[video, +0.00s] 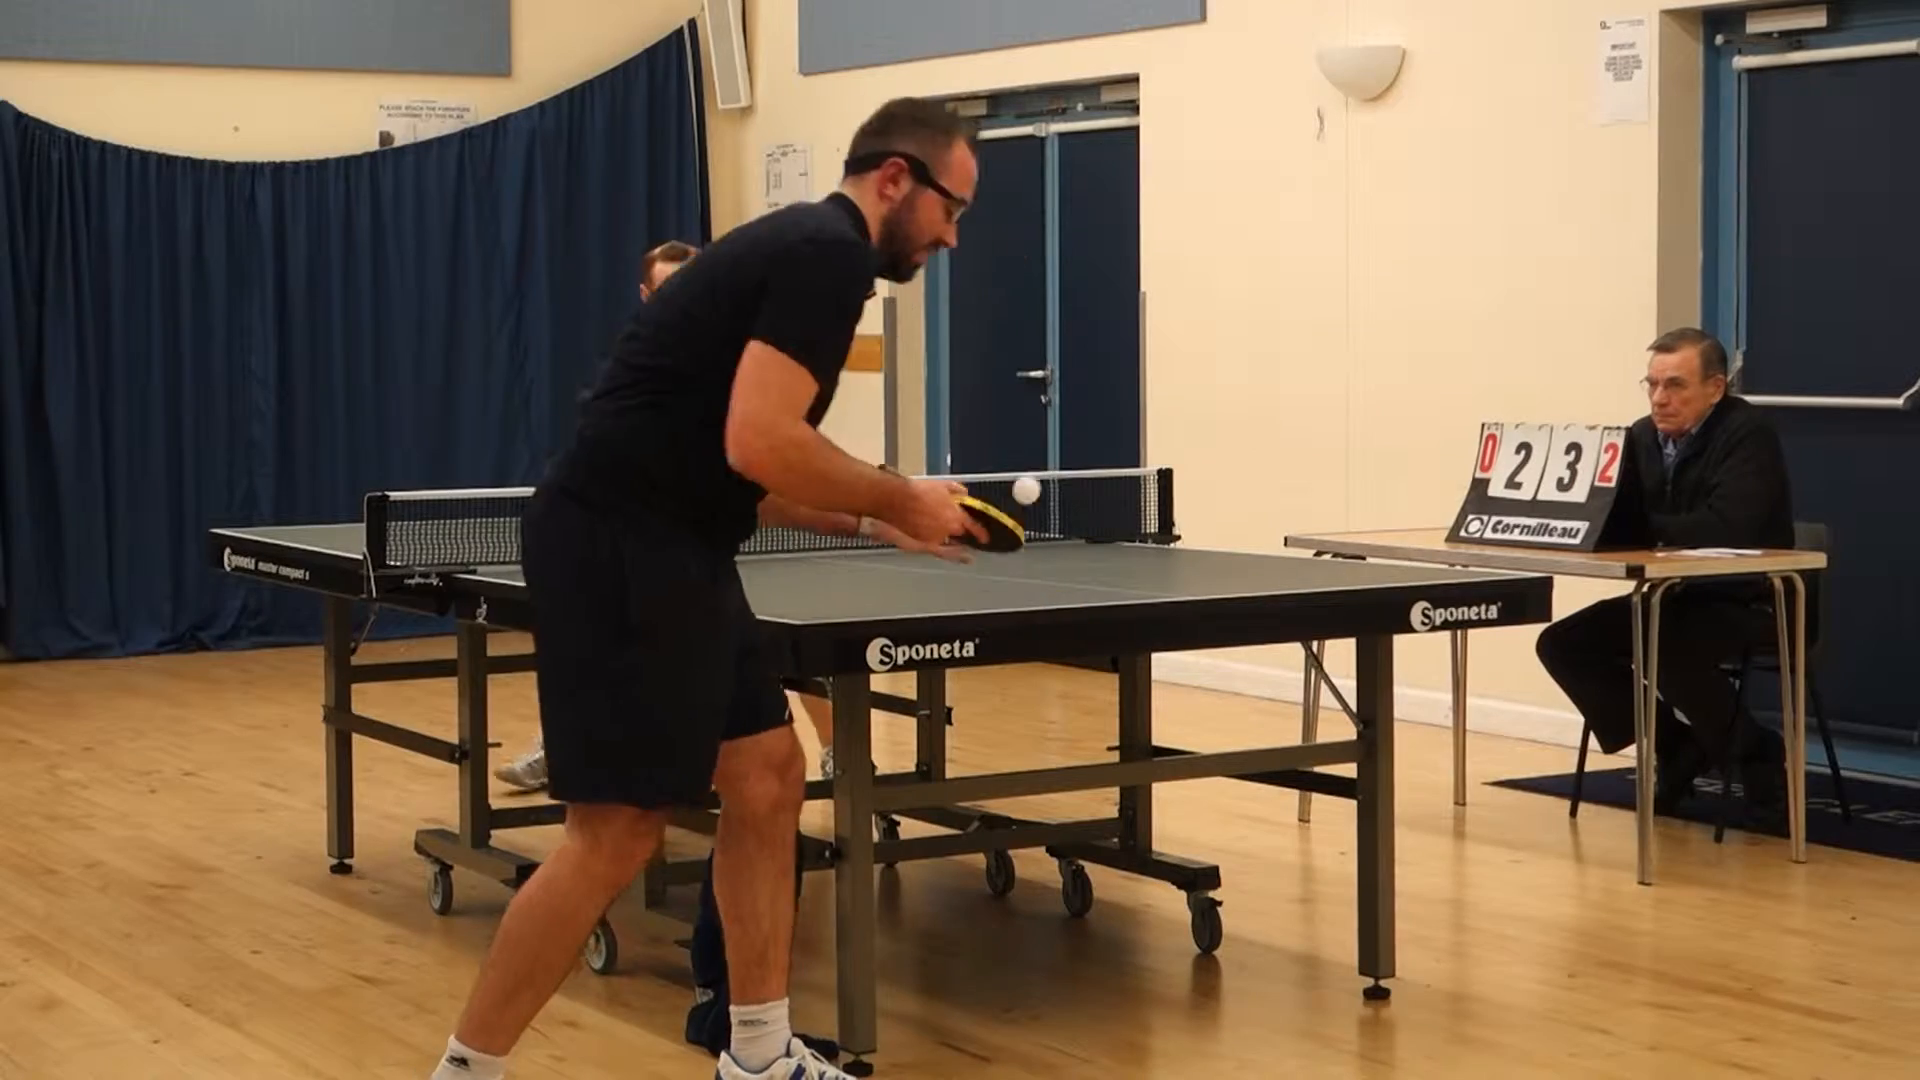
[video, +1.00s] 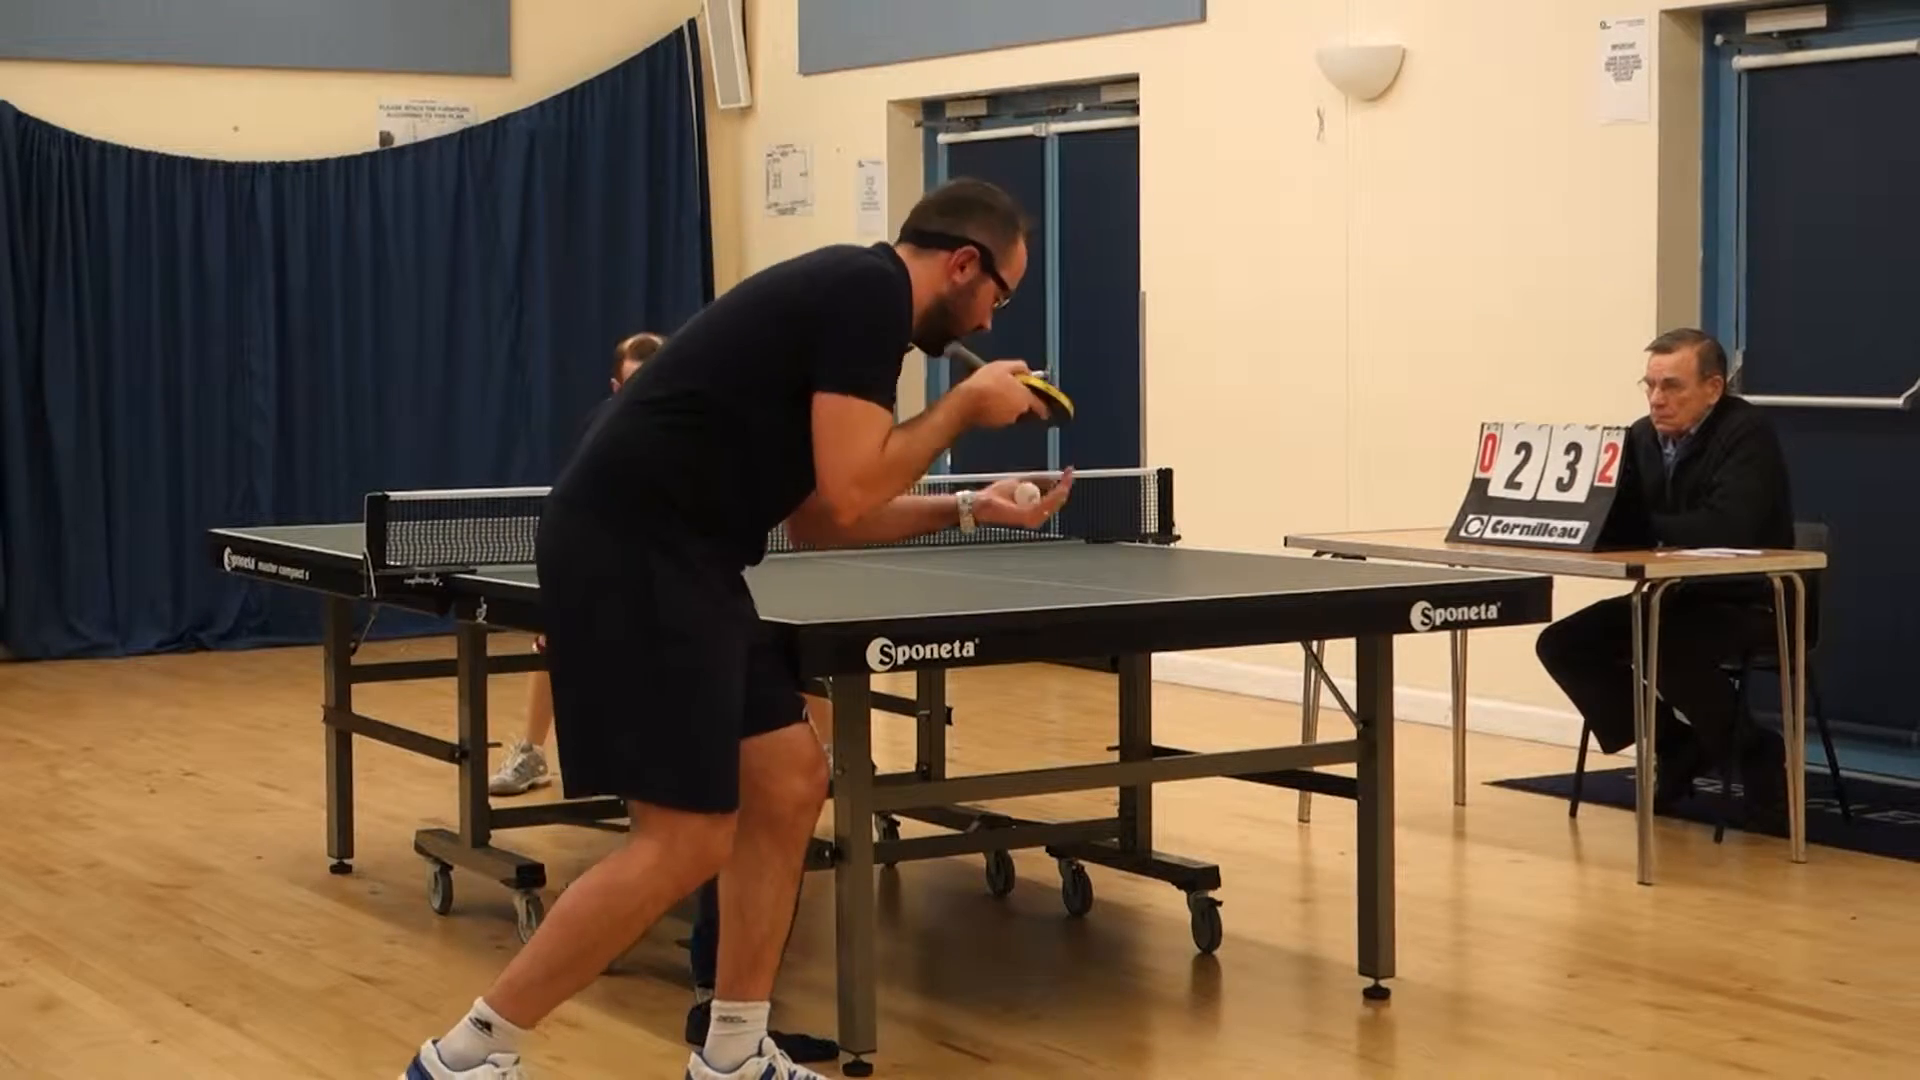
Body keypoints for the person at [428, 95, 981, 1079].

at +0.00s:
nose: (953, 233)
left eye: (961, 211)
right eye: (952, 204)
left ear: (886, 183)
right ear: (891, 180)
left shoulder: (813, 249)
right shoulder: (825, 249)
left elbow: (757, 467)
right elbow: (760, 440)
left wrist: (885, 511)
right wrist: (902, 497)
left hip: (676, 544)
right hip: (612, 539)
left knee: (767, 770)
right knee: (617, 829)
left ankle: (761, 1049)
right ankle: (467, 1065)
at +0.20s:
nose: (893, 222)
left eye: (899, 197)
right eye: (892, 192)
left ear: (823, 175)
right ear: (837, 175)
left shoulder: (747, 249)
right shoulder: (752, 254)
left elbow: (735, 460)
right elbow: (727, 469)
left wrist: (879, 450)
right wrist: (877, 460)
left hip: (629, 559)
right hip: (564, 559)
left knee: (759, 768)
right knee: (612, 842)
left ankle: (744, 1047)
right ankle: (462, 1069)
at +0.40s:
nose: (900, 246)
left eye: (907, 223)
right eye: (901, 218)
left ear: (834, 199)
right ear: (852, 200)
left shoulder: (754, 272)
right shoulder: (756, 272)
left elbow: (757, 493)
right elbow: (737, 485)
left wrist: (907, 444)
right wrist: (872, 422)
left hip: (625, 567)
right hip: (560, 567)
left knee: (752, 774)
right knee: (632, 849)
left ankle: (725, 1050)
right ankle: (464, 1070)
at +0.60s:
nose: (945, 295)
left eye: (953, 276)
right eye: (950, 271)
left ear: (886, 243)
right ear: (905, 248)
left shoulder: (802, 302)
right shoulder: (805, 302)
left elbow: (790, 511)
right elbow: (785, 513)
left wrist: (923, 454)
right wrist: (912, 433)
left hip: (655, 580)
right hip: (589, 580)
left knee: (782, 779)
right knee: (679, 858)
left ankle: (732, 1052)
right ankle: (470, 1065)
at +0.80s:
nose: (979, 317)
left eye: (988, 297)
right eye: (983, 291)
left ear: (921, 259)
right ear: (943, 265)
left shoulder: (838, 310)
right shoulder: (847, 310)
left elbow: (831, 523)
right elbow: (815, 516)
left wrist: (961, 480)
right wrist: (932, 426)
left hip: (675, 565)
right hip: (618, 562)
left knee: (791, 783)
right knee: (693, 854)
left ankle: (733, 1052)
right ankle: (476, 1059)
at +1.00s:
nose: (995, 317)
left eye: (1004, 298)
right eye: (1000, 290)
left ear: (944, 258)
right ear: (960, 259)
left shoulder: (844, 306)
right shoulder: (867, 287)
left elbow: (824, 522)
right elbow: (848, 488)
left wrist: (974, 503)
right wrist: (963, 406)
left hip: (691, 555)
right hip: (627, 547)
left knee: (790, 781)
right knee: (688, 839)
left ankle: (733, 1052)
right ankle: (463, 1055)